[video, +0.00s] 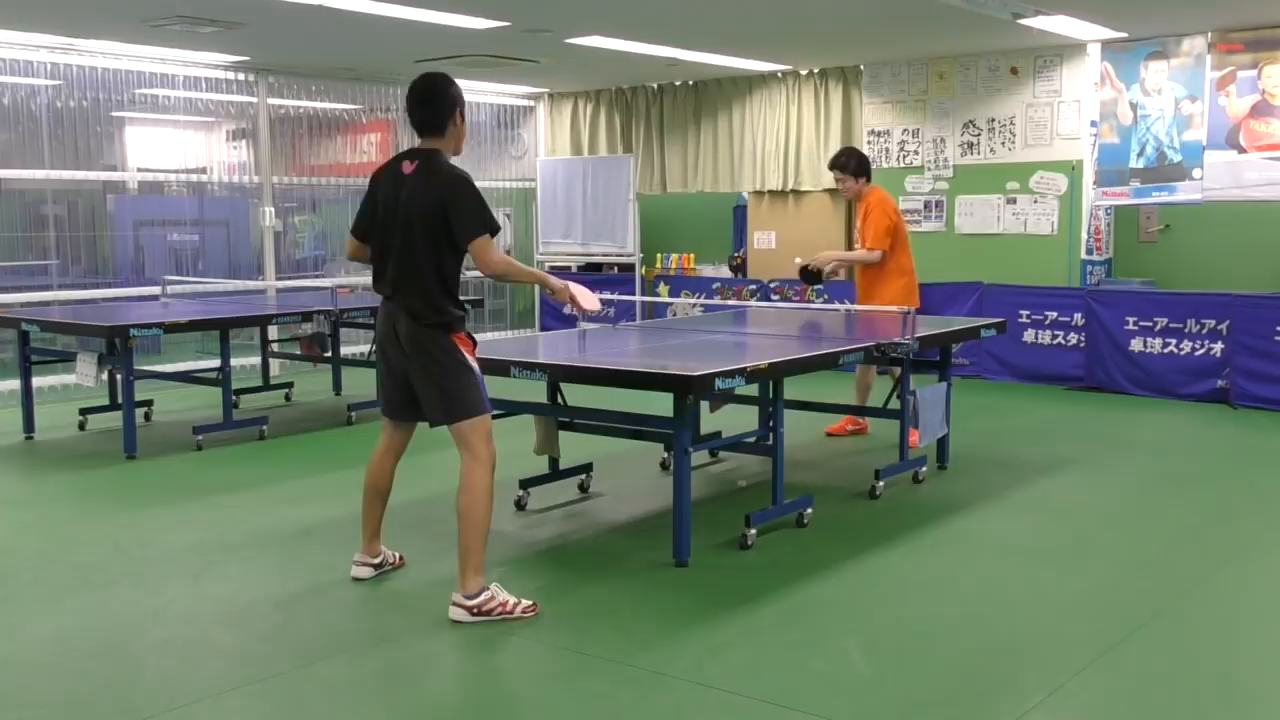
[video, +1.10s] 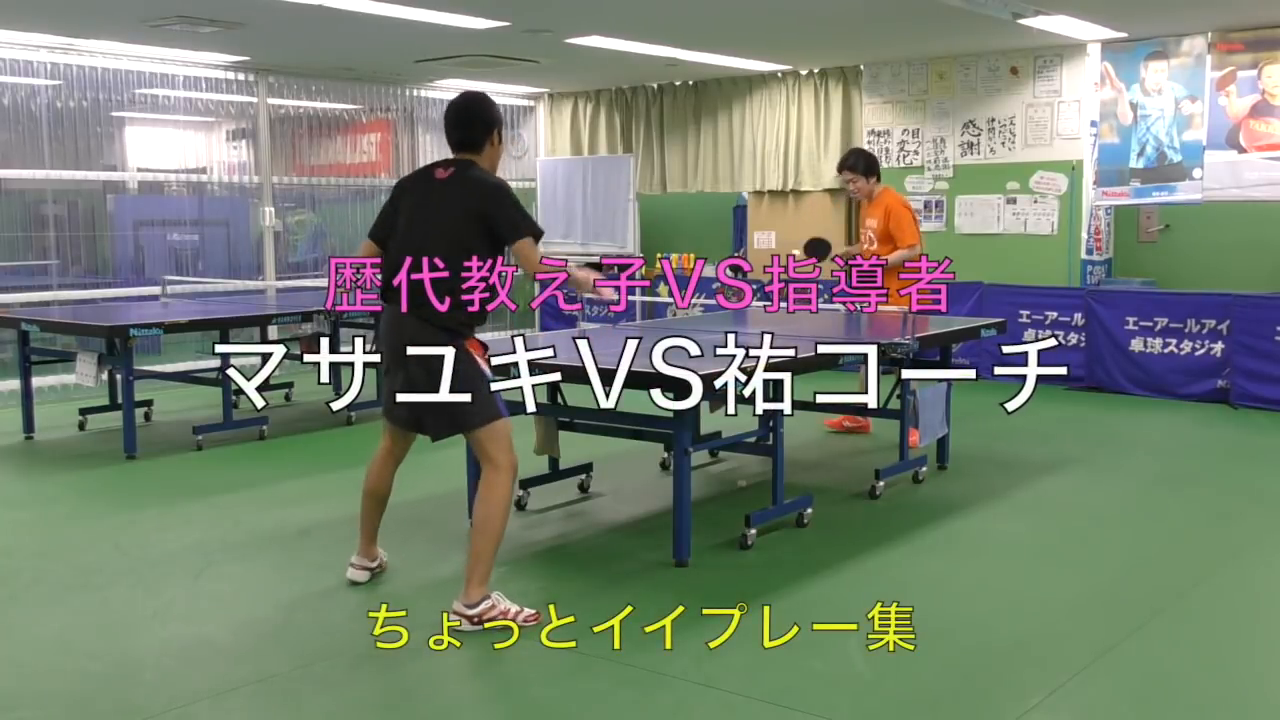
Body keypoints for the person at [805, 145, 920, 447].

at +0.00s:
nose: (839, 187)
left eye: (843, 181)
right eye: (837, 181)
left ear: (861, 177)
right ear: (844, 178)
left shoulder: (879, 203)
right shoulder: (864, 203)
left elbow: (875, 254)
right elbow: (867, 250)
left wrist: (834, 256)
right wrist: (842, 264)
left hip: (893, 298)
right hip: (872, 297)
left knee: (893, 360)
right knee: (867, 356)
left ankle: (916, 420)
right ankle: (858, 417)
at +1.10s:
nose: (849, 189)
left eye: (853, 182)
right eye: (846, 183)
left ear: (872, 176)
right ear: (848, 181)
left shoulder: (894, 204)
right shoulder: (868, 204)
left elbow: (912, 248)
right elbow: (870, 244)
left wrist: (879, 264)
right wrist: (848, 253)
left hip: (899, 298)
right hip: (874, 297)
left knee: (905, 362)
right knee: (868, 356)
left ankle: (913, 423)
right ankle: (859, 414)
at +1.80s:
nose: (843, 187)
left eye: (848, 181)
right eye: (841, 182)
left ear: (865, 179)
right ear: (848, 182)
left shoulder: (892, 205)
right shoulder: (856, 213)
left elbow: (916, 246)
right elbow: (848, 256)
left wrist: (883, 261)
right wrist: (823, 273)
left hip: (903, 298)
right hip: (872, 299)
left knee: (912, 360)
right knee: (868, 355)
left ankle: (923, 422)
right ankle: (867, 413)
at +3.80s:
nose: (852, 173)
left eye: (857, 166)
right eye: (848, 167)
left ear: (874, 168)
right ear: (845, 171)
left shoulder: (897, 197)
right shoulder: (847, 207)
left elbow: (918, 237)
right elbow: (835, 249)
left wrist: (887, 245)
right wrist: (823, 239)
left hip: (900, 295)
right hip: (864, 297)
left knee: (911, 358)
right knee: (865, 356)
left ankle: (920, 419)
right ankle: (867, 414)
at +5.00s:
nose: (853, 185)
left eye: (857, 179)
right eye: (850, 179)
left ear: (874, 176)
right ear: (850, 179)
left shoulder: (897, 205)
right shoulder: (866, 208)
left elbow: (919, 247)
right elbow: (876, 250)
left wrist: (878, 258)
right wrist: (852, 270)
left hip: (908, 300)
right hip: (880, 298)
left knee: (909, 360)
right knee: (871, 356)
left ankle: (928, 419)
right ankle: (868, 414)